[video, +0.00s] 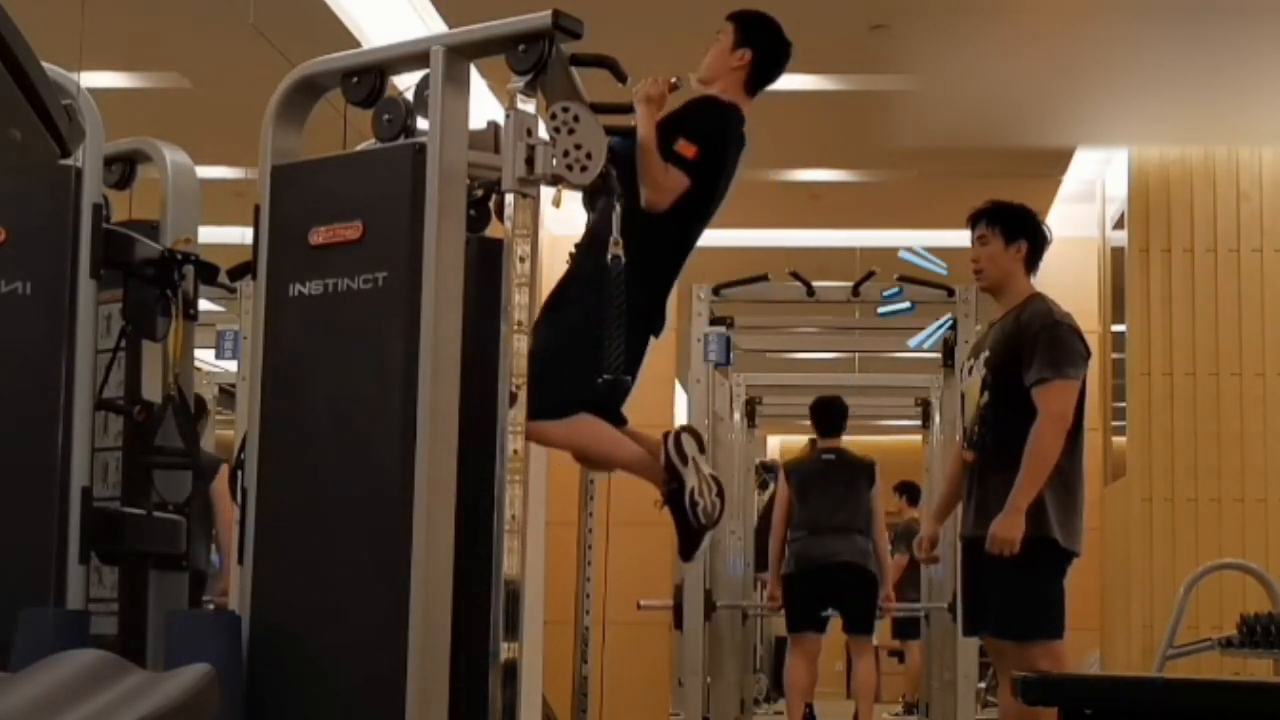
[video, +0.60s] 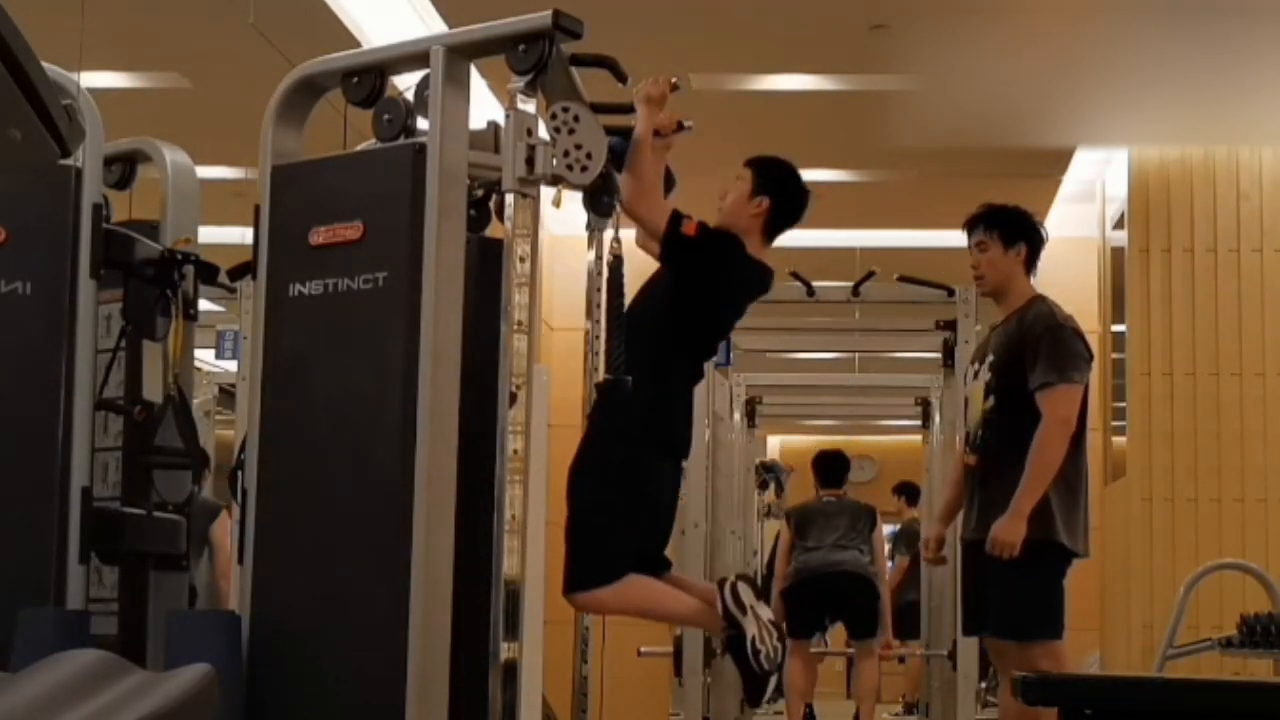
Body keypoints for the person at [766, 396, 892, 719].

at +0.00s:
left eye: (817, 420)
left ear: (812, 425)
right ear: (845, 425)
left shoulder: (791, 469)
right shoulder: (866, 469)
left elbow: (777, 529)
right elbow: (878, 532)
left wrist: (773, 578)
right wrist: (887, 583)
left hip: (806, 573)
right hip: (855, 572)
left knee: (802, 649)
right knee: (862, 649)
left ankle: (797, 715)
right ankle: (864, 715)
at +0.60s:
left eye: (818, 473)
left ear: (814, 477)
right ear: (847, 477)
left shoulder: (795, 514)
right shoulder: (868, 514)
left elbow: (780, 574)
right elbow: (881, 575)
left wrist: (780, 620)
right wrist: (887, 630)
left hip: (807, 589)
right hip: (858, 588)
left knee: (799, 651)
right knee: (866, 654)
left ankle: (796, 715)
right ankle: (865, 715)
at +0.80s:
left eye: (819, 483)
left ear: (814, 488)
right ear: (847, 487)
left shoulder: (795, 523)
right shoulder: (868, 522)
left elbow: (780, 584)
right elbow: (882, 582)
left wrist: (777, 640)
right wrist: (886, 637)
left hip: (806, 592)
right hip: (858, 590)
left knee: (797, 653)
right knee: (866, 655)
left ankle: (799, 713)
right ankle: (865, 715)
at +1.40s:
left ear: (818, 428)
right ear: (850, 428)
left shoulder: (796, 473)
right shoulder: (871, 472)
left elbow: (782, 535)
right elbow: (882, 534)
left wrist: (774, 586)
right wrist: (889, 587)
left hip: (806, 574)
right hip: (856, 573)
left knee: (802, 649)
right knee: (862, 649)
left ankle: (796, 715)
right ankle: (865, 714)